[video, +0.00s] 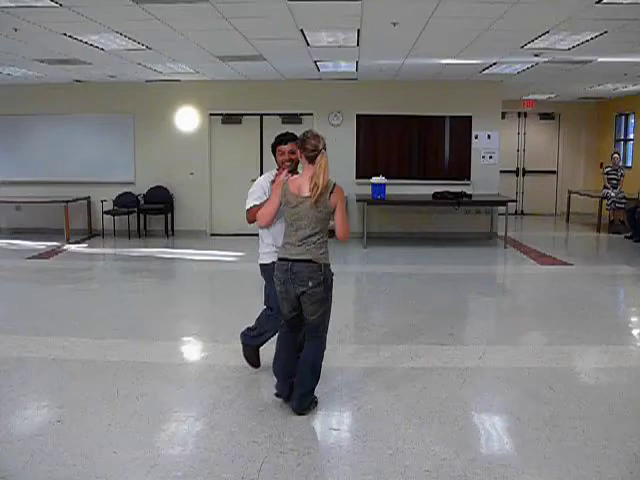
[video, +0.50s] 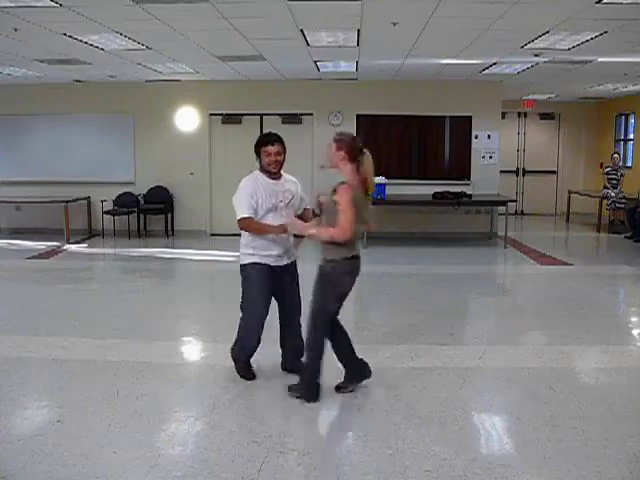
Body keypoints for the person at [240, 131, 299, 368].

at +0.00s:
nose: (287, 158)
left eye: (292, 153)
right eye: (282, 153)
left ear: (300, 154)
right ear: (275, 156)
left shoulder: (305, 181)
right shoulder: (265, 182)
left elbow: (317, 212)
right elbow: (251, 216)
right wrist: (277, 192)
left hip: (300, 255)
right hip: (272, 256)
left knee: (299, 314)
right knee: (279, 311)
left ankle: (291, 363)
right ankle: (251, 338)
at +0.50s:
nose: (274, 159)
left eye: (278, 154)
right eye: (268, 154)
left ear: (284, 155)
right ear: (259, 156)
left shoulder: (292, 183)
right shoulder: (249, 184)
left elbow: (302, 213)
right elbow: (244, 222)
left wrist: (311, 217)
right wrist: (273, 230)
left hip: (285, 260)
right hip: (256, 261)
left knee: (291, 313)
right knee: (255, 313)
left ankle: (292, 359)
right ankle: (241, 356)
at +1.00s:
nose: (245, 160)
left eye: (247, 154)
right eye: (238, 156)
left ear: (251, 155)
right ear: (225, 158)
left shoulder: (260, 185)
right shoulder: (212, 183)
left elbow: (277, 215)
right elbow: (190, 207)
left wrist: (302, 219)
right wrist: (213, 192)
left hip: (253, 263)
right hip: (221, 264)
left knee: (263, 313)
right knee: (225, 319)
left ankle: (264, 361)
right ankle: (228, 371)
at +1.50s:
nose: (248, 160)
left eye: (250, 155)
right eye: (242, 156)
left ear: (252, 157)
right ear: (226, 158)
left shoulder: (257, 187)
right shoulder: (212, 187)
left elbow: (275, 216)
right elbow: (197, 225)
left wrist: (306, 220)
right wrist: (225, 231)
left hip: (250, 266)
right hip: (221, 268)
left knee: (256, 314)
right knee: (225, 321)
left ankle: (244, 358)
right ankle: (223, 375)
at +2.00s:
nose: (267, 160)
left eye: (269, 155)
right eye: (261, 155)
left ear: (269, 156)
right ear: (245, 157)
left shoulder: (258, 185)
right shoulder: (239, 184)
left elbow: (260, 220)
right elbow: (253, 224)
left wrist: (283, 220)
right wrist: (288, 214)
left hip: (261, 267)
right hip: (243, 268)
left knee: (265, 319)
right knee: (251, 321)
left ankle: (260, 369)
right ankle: (227, 373)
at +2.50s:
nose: (273, 159)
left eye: (275, 154)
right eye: (266, 154)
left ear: (276, 155)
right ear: (251, 157)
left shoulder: (260, 182)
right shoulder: (248, 183)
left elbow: (265, 218)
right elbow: (260, 222)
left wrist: (294, 207)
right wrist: (294, 210)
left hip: (262, 265)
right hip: (250, 266)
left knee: (266, 320)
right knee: (259, 322)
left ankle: (261, 370)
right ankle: (249, 382)